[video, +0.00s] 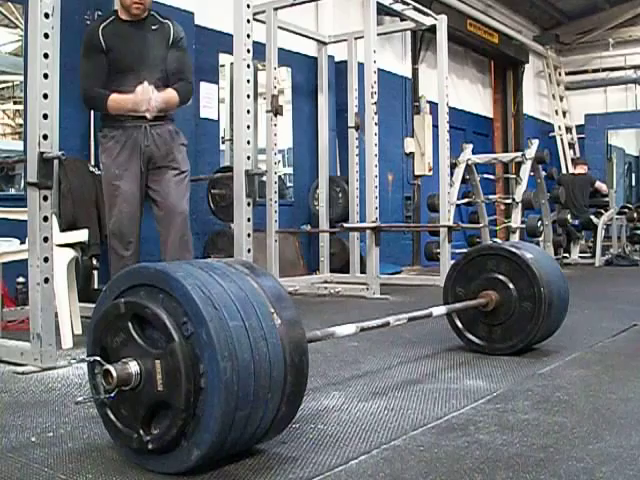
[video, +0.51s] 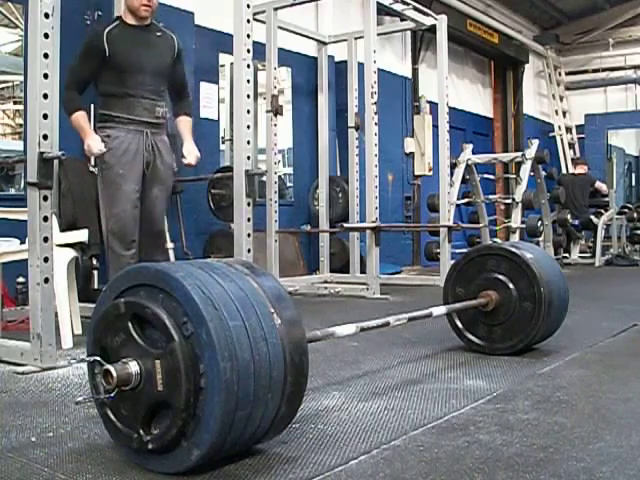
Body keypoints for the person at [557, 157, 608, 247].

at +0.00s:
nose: (586, 170)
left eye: (586, 168)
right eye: (586, 168)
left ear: (574, 168)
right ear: (586, 168)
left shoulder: (564, 178)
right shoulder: (588, 178)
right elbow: (604, 189)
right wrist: (594, 187)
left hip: (566, 217)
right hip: (583, 217)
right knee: (598, 226)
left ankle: (566, 253)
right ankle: (595, 254)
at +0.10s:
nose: (586, 171)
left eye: (586, 169)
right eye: (586, 169)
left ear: (574, 168)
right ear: (585, 168)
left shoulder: (564, 178)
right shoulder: (588, 178)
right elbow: (604, 189)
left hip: (566, 217)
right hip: (583, 217)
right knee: (599, 226)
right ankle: (596, 253)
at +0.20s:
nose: (586, 171)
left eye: (586, 169)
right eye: (586, 169)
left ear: (574, 168)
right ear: (585, 169)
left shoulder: (564, 178)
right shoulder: (588, 178)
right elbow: (604, 189)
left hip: (566, 216)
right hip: (583, 216)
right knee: (598, 226)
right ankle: (595, 254)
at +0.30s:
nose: (586, 171)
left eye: (586, 169)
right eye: (586, 169)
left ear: (574, 168)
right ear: (585, 169)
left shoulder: (564, 178)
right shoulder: (588, 178)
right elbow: (604, 189)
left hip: (566, 215)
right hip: (583, 216)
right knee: (599, 226)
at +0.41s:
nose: (586, 171)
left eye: (586, 169)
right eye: (586, 169)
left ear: (574, 168)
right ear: (586, 168)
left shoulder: (564, 178)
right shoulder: (588, 178)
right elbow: (604, 189)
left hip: (566, 216)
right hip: (583, 216)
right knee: (599, 227)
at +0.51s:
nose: (587, 170)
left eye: (586, 168)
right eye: (586, 168)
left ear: (574, 168)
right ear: (586, 168)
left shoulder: (564, 178)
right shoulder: (588, 178)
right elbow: (604, 190)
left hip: (566, 217)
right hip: (583, 216)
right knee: (599, 225)